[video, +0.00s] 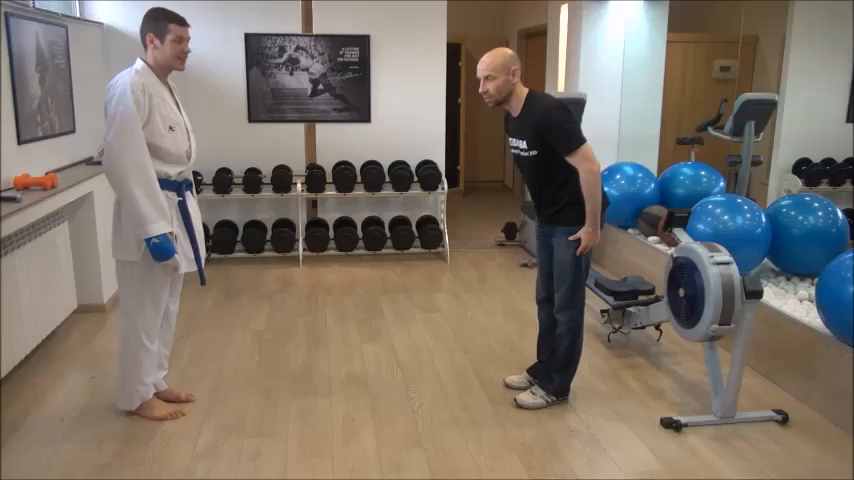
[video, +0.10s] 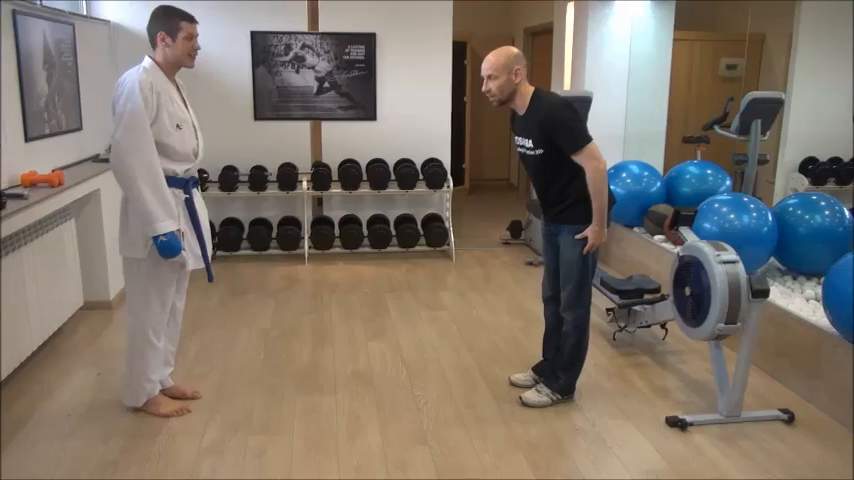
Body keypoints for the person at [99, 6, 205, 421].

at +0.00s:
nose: (186, 51)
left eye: (187, 43)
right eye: (179, 43)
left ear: (163, 44)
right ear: (152, 41)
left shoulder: (163, 87)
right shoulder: (129, 85)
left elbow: (170, 161)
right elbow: (126, 161)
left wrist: (184, 220)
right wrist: (153, 228)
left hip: (175, 208)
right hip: (148, 209)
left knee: (166, 305)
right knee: (144, 308)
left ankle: (155, 383)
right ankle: (135, 397)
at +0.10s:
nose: (197, 47)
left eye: (197, 39)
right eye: (191, 39)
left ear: (168, 42)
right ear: (162, 40)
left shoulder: (169, 84)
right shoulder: (138, 83)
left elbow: (175, 159)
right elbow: (133, 159)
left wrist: (190, 217)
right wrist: (160, 226)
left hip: (181, 205)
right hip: (155, 207)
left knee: (172, 302)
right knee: (152, 305)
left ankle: (162, 379)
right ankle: (142, 393)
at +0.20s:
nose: (207, 43)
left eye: (207, 36)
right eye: (201, 35)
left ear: (181, 38)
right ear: (173, 36)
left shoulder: (178, 81)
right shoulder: (147, 79)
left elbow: (182, 155)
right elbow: (142, 156)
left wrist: (196, 214)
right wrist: (168, 223)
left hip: (187, 201)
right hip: (162, 202)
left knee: (178, 298)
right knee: (158, 301)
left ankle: (168, 375)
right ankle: (149, 389)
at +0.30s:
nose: (217, 41)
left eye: (218, 34)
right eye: (211, 34)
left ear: (189, 36)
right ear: (185, 35)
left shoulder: (187, 78)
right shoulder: (157, 77)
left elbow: (186, 153)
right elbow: (148, 152)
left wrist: (199, 214)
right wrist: (170, 220)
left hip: (189, 198)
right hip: (165, 199)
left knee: (180, 293)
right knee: (161, 296)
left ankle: (172, 371)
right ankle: (153, 385)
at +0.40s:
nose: (233, 43)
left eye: (233, 35)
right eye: (227, 35)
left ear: (206, 36)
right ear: (201, 35)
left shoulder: (198, 77)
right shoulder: (170, 75)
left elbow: (187, 150)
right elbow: (155, 149)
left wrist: (198, 210)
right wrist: (170, 219)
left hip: (189, 194)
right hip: (166, 196)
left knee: (181, 286)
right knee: (161, 291)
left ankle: (175, 366)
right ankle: (156, 381)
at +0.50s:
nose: (250, 51)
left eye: (250, 43)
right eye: (245, 42)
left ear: (221, 43)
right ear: (219, 40)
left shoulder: (208, 80)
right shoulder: (185, 77)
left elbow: (187, 150)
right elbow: (160, 150)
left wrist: (193, 210)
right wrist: (167, 219)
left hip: (188, 195)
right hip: (165, 198)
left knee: (181, 284)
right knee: (161, 290)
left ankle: (180, 363)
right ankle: (160, 378)